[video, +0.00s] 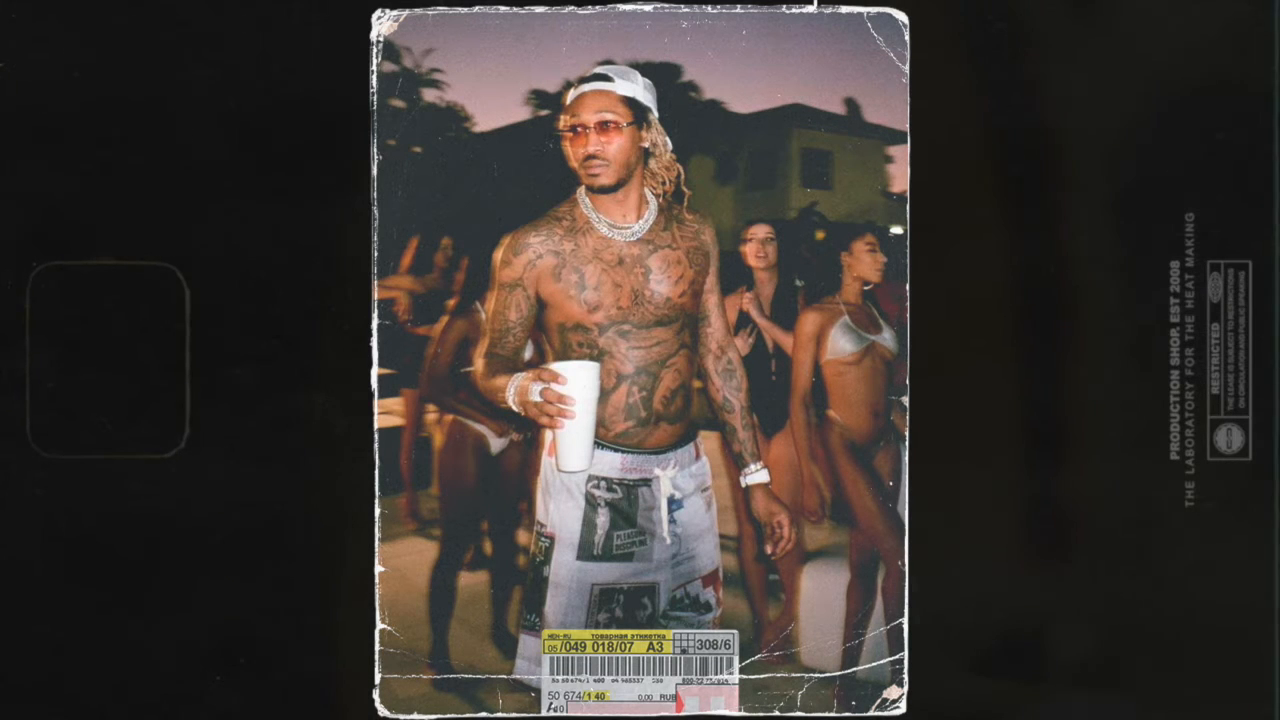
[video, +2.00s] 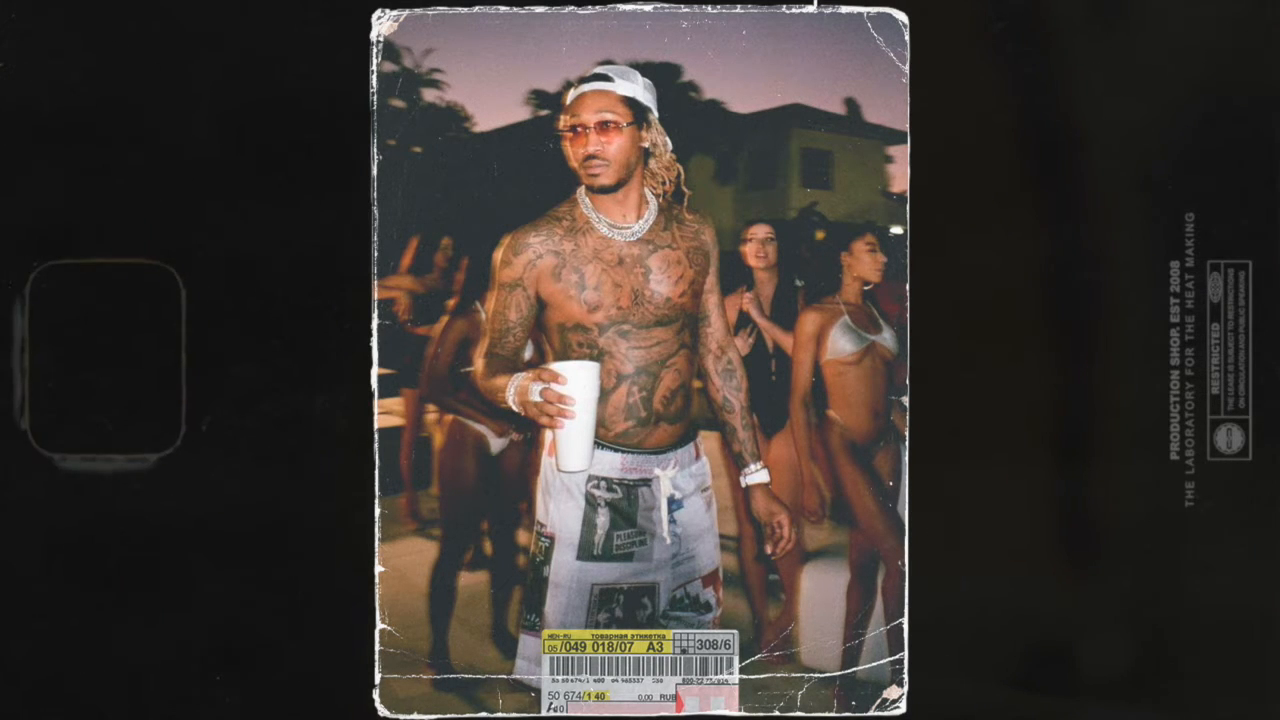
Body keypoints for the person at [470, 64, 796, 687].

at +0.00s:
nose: (590, 143)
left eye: (608, 126)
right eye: (576, 130)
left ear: (646, 138)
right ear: (565, 144)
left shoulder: (693, 235)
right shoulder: (532, 248)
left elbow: (720, 359)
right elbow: (491, 365)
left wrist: (756, 482)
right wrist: (516, 389)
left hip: (681, 477)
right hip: (582, 481)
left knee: (689, 664)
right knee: (574, 669)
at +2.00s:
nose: (589, 143)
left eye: (608, 126)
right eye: (576, 130)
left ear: (646, 138)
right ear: (565, 144)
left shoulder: (693, 235)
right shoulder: (532, 248)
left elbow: (720, 359)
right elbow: (491, 366)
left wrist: (756, 482)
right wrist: (516, 389)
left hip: (681, 477)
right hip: (583, 482)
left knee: (690, 664)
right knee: (574, 669)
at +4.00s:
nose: (590, 143)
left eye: (608, 126)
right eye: (576, 130)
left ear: (646, 138)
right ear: (565, 143)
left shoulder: (693, 236)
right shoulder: (532, 248)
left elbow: (720, 358)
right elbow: (490, 366)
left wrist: (756, 481)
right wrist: (516, 389)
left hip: (681, 477)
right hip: (582, 482)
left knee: (690, 663)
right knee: (574, 666)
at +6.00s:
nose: (589, 143)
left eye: (608, 126)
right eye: (576, 130)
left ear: (645, 138)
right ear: (565, 143)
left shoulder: (693, 235)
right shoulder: (532, 248)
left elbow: (720, 358)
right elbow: (491, 365)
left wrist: (756, 482)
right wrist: (517, 389)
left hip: (681, 475)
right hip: (583, 481)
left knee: (688, 662)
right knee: (575, 668)